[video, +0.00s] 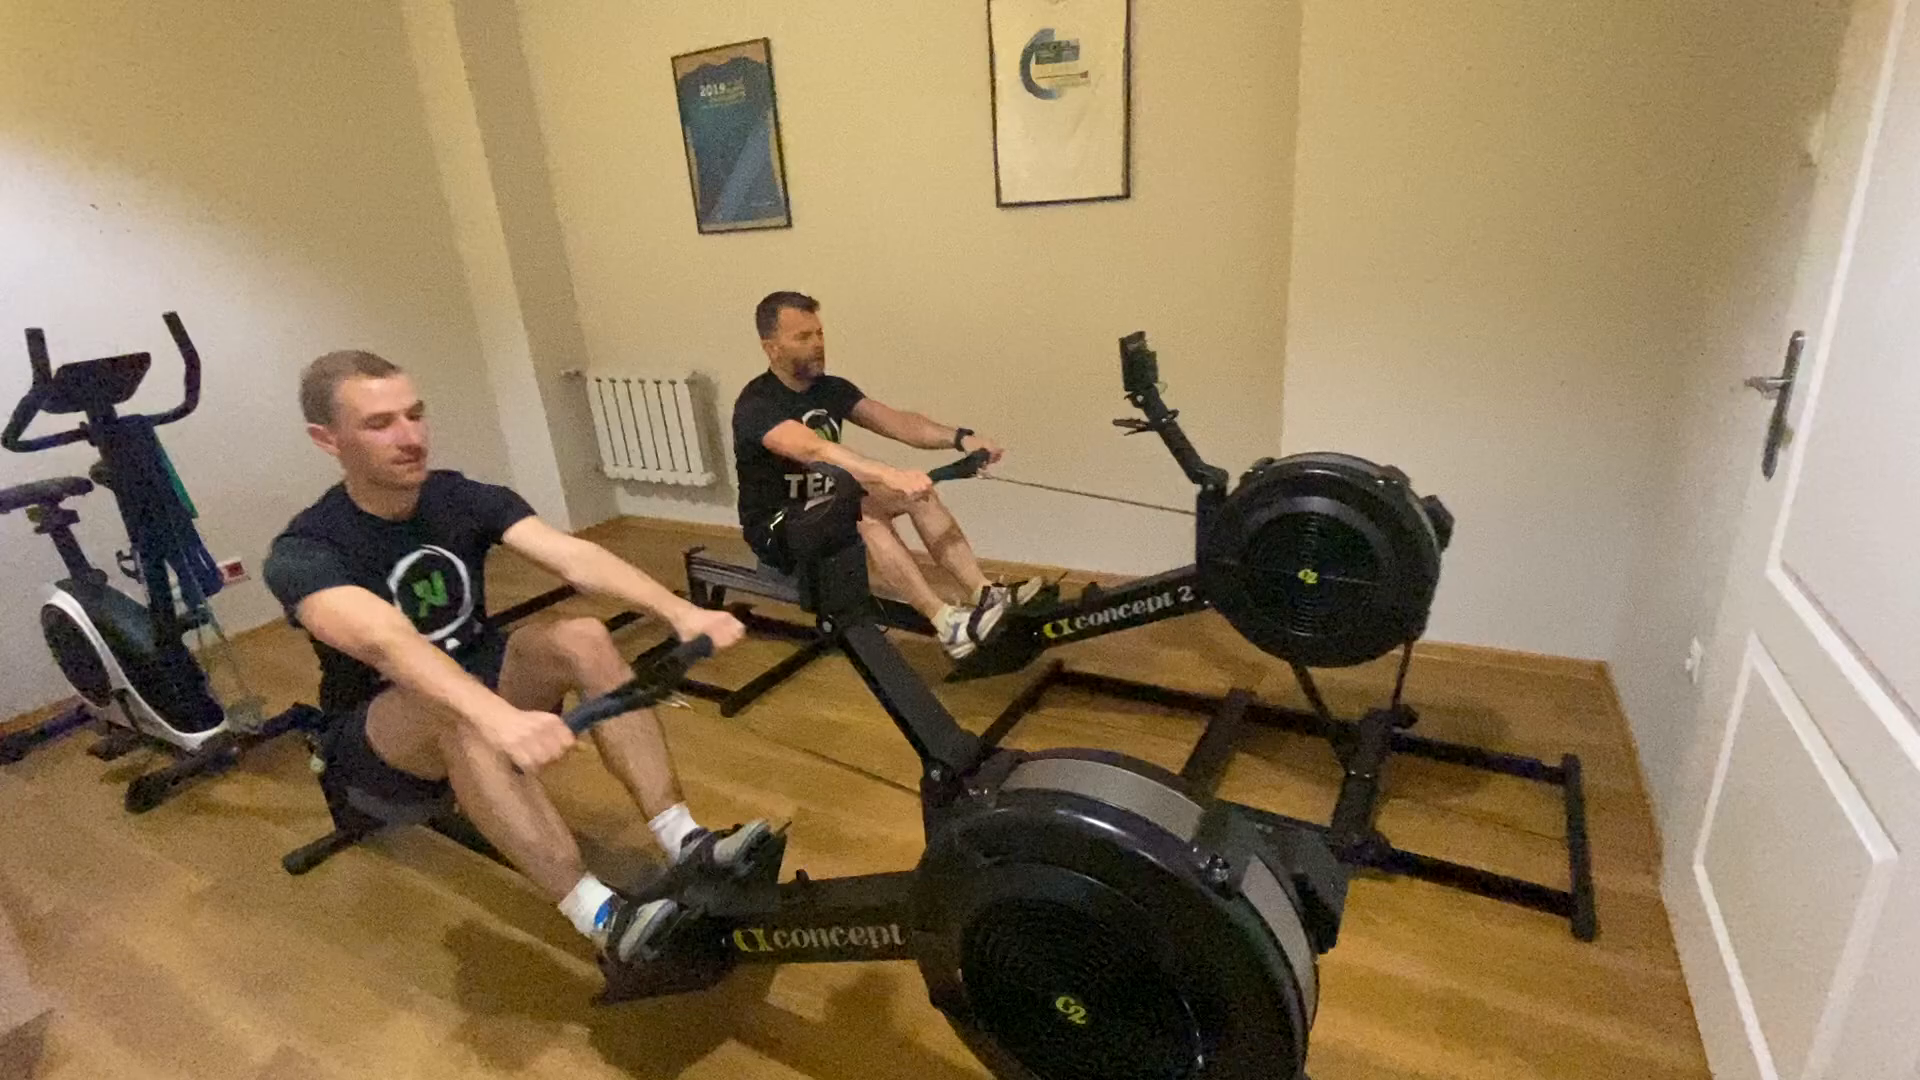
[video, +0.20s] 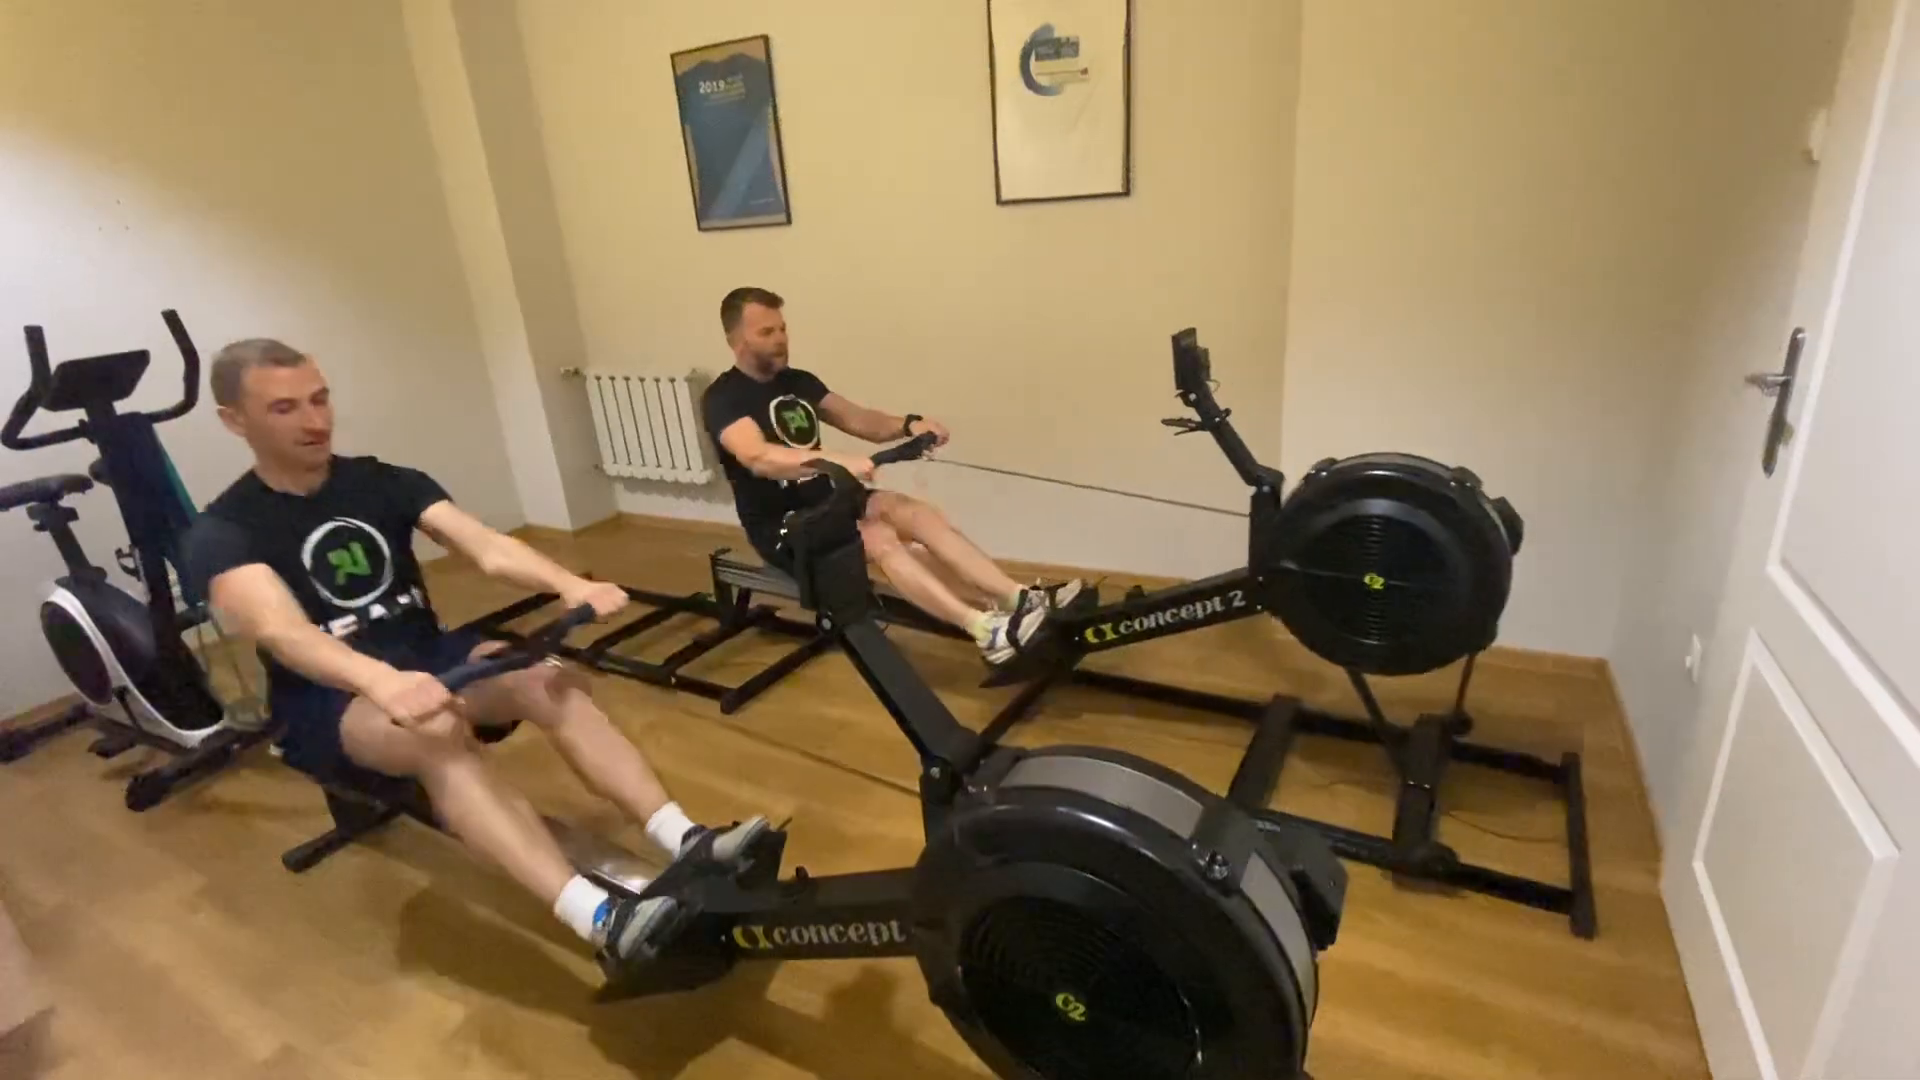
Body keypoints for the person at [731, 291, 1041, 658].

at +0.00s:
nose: (819, 344)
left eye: (820, 334)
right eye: (804, 338)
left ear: (823, 331)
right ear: (772, 348)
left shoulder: (829, 388)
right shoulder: (755, 405)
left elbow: (894, 422)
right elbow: (816, 452)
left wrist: (960, 438)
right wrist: (889, 474)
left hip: (835, 505)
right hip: (781, 527)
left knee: (917, 491)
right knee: (865, 524)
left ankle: (985, 595)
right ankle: (947, 623)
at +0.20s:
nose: (780, 339)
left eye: (782, 328)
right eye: (767, 332)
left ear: (786, 327)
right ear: (735, 340)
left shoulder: (797, 381)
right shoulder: (724, 398)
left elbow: (853, 418)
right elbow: (756, 457)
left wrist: (908, 425)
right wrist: (832, 462)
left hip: (834, 501)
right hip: (783, 524)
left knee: (920, 514)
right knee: (881, 538)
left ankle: (1020, 599)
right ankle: (985, 629)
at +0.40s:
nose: (756, 357)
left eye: (757, 345)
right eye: (743, 349)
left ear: (757, 343)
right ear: (711, 353)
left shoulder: (768, 393)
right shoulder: (696, 415)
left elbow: (803, 431)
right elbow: (687, 493)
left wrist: (837, 423)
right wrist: (742, 461)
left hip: (844, 500)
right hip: (801, 529)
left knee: (931, 547)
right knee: (897, 570)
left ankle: (1046, 602)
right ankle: (1012, 634)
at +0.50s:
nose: (753, 360)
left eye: (754, 349)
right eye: (740, 352)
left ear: (752, 348)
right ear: (706, 358)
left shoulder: (761, 397)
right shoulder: (690, 424)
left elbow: (788, 447)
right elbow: (673, 502)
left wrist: (814, 424)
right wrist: (710, 465)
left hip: (847, 501)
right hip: (806, 533)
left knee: (931, 546)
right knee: (900, 571)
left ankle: (1047, 601)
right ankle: (1017, 635)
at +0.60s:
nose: (751, 365)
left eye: (752, 353)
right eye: (738, 356)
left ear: (750, 353)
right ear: (703, 363)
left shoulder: (757, 401)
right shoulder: (688, 427)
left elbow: (786, 450)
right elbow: (677, 507)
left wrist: (807, 423)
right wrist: (703, 466)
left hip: (846, 497)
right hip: (808, 530)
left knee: (930, 541)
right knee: (901, 567)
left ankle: (1048, 599)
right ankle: (1018, 633)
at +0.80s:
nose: (756, 352)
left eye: (756, 341)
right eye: (743, 344)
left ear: (756, 340)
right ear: (710, 350)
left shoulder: (765, 391)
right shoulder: (694, 414)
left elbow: (790, 443)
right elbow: (683, 497)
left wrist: (821, 420)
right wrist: (717, 458)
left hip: (849, 494)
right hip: (807, 526)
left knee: (930, 535)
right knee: (899, 561)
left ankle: (1042, 595)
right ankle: (1012, 625)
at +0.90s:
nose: (764, 339)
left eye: (764, 329)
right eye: (751, 332)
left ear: (764, 330)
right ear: (719, 339)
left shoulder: (774, 382)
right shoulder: (701, 401)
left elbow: (800, 436)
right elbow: (686, 488)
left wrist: (834, 418)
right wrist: (727, 453)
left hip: (847, 492)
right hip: (801, 522)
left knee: (920, 525)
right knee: (891, 552)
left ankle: (1035, 591)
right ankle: (1005, 622)